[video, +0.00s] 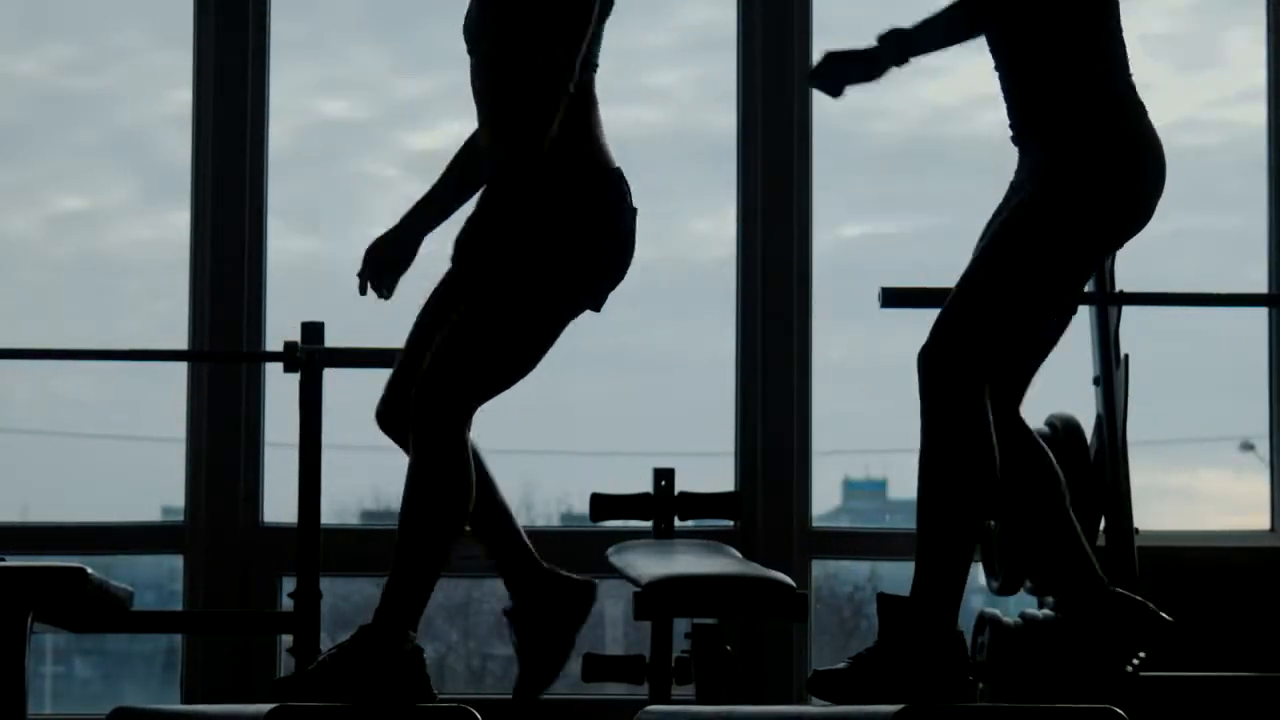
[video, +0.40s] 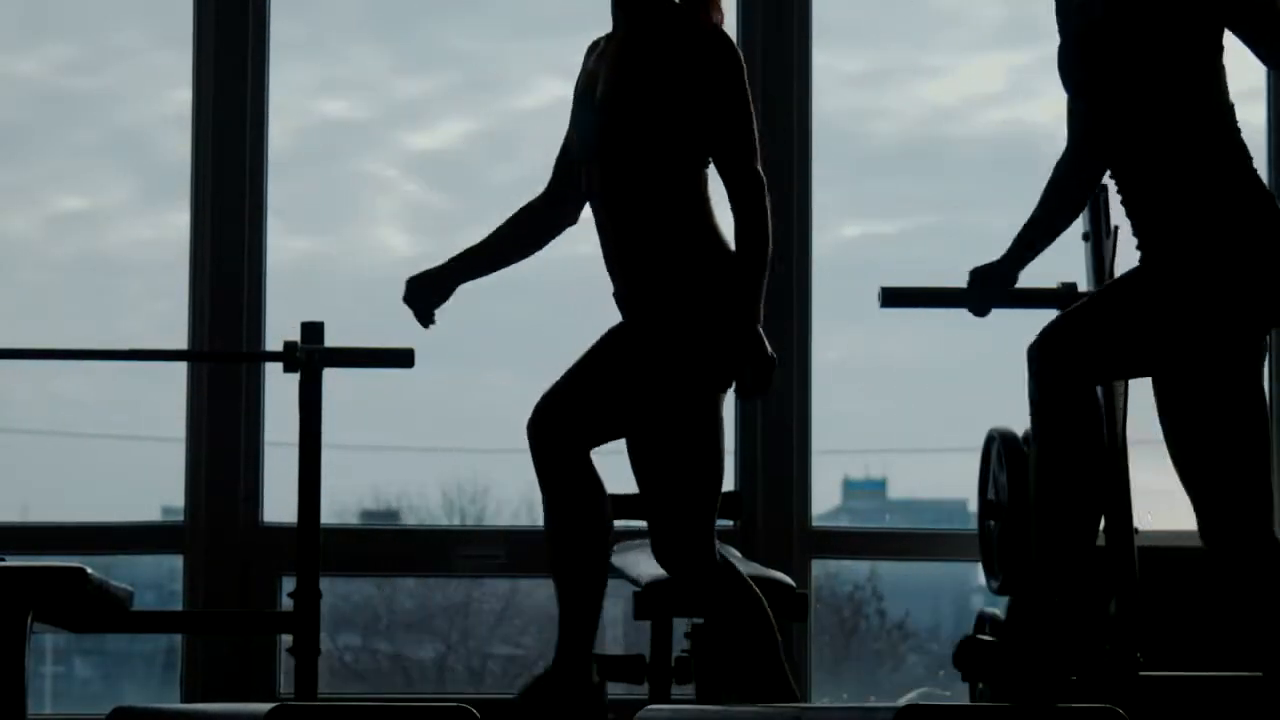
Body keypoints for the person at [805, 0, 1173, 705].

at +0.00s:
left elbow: (992, 9)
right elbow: (989, 12)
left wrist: (885, 50)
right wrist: (883, 54)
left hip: (1086, 155)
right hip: (1064, 156)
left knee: (949, 364)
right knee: (987, 401)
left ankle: (927, 637)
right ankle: (1094, 614)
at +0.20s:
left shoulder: (1147, 8)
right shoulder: (1064, 27)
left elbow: (1261, 107)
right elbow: (1007, 169)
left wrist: (1271, 266)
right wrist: (873, 192)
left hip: (1168, 300)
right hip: (1129, 297)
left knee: (955, 377)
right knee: (1182, 544)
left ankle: (923, 639)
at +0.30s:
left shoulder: (1177, 8)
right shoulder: (1079, 26)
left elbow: (1275, 92)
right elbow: (1047, 186)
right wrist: (928, 232)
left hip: (1215, 296)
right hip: (1177, 295)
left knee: (1020, 372)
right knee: (1196, 542)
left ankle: (952, 625)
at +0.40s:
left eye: (1062, 19)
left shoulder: (1093, 19)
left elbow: (1086, 158)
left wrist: (1011, 262)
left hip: (1196, 264)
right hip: (1245, 251)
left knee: (1057, 355)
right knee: (1224, 463)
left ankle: (1065, 571)